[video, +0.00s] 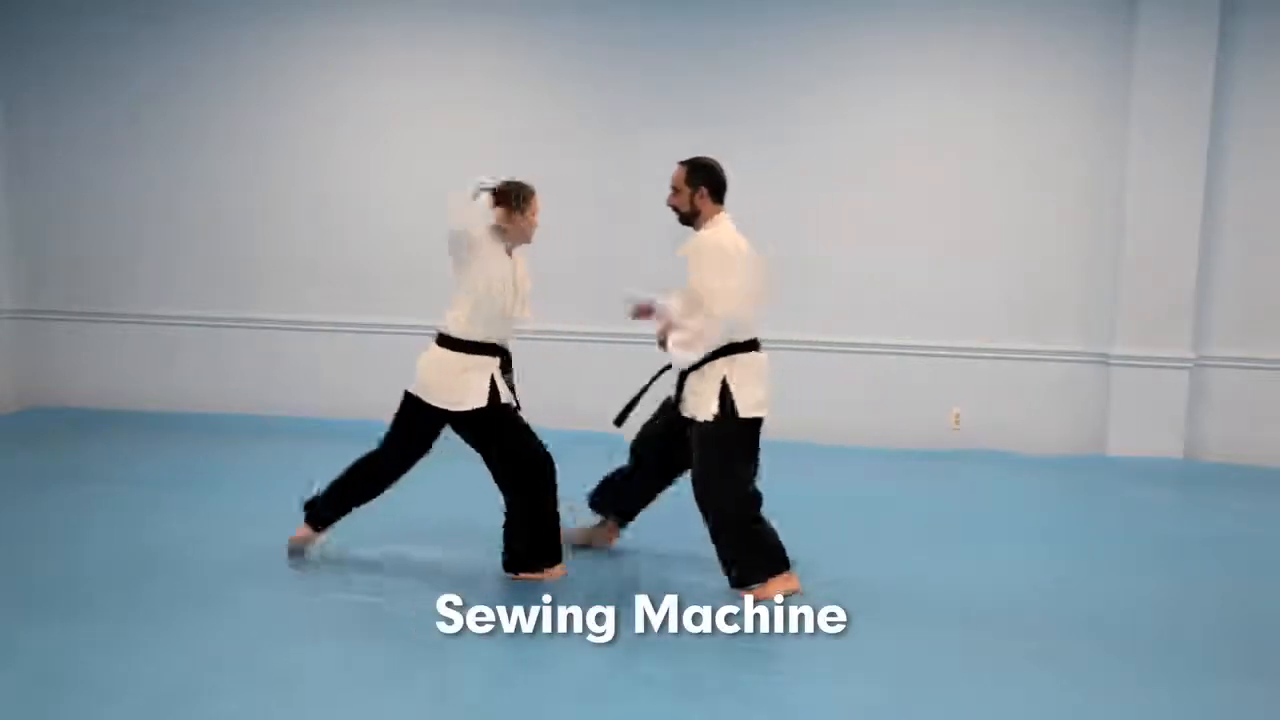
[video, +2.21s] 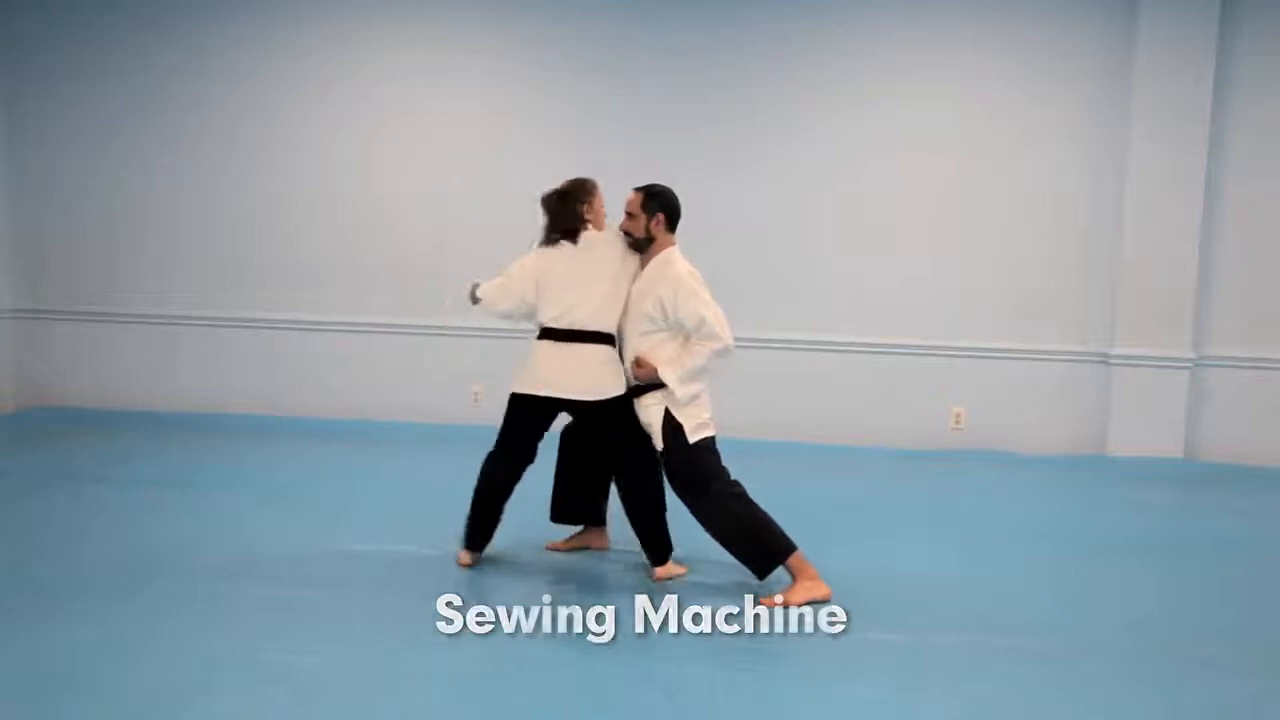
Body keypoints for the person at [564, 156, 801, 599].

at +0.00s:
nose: (669, 199)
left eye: (676, 191)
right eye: (671, 190)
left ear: (702, 195)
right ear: (704, 196)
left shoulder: (716, 246)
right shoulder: (713, 241)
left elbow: (722, 319)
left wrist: (673, 338)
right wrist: (661, 308)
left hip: (728, 382)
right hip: (706, 378)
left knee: (723, 488)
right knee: (654, 453)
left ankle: (773, 577)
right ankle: (606, 526)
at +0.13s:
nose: (645, 211)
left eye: (653, 204)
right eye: (646, 203)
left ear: (679, 209)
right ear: (675, 209)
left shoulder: (701, 262)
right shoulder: (659, 260)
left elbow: (736, 322)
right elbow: (607, 287)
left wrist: (687, 355)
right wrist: (543, 293)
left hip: (697, 398)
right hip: (661, 392)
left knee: (699, 490)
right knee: (608, 441)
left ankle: (790, 559)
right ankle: (593, 533)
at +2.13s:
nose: (618, 224)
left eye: (626, 217)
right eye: (620, 215)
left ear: (653, 222)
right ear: (650, 222)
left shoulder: (673, 272)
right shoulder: (638, 269)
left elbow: (716, 338)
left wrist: (665, 370)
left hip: (671, 406)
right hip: (638, 403)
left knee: (715, 495)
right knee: (582, 437)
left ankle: (806, 578)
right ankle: (592, 529)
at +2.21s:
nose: (622, 222)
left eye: (630, 215)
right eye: (624, 214)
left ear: (657, 222)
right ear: (654, 221)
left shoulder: (676, 273)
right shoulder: (638, 266)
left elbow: (717, 338)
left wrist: (664, 370)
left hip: (672, 404)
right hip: (635, 399)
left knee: (714, 492)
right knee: (581, 440)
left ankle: (807, 578)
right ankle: (593, 529)